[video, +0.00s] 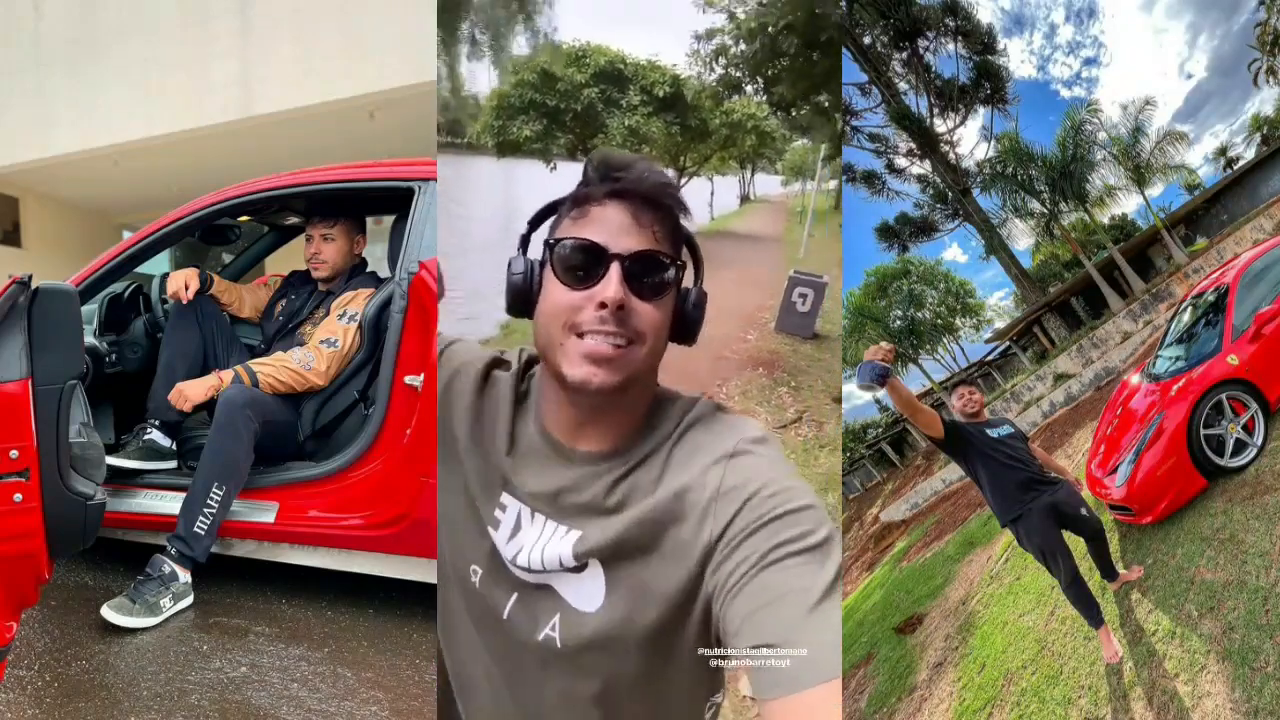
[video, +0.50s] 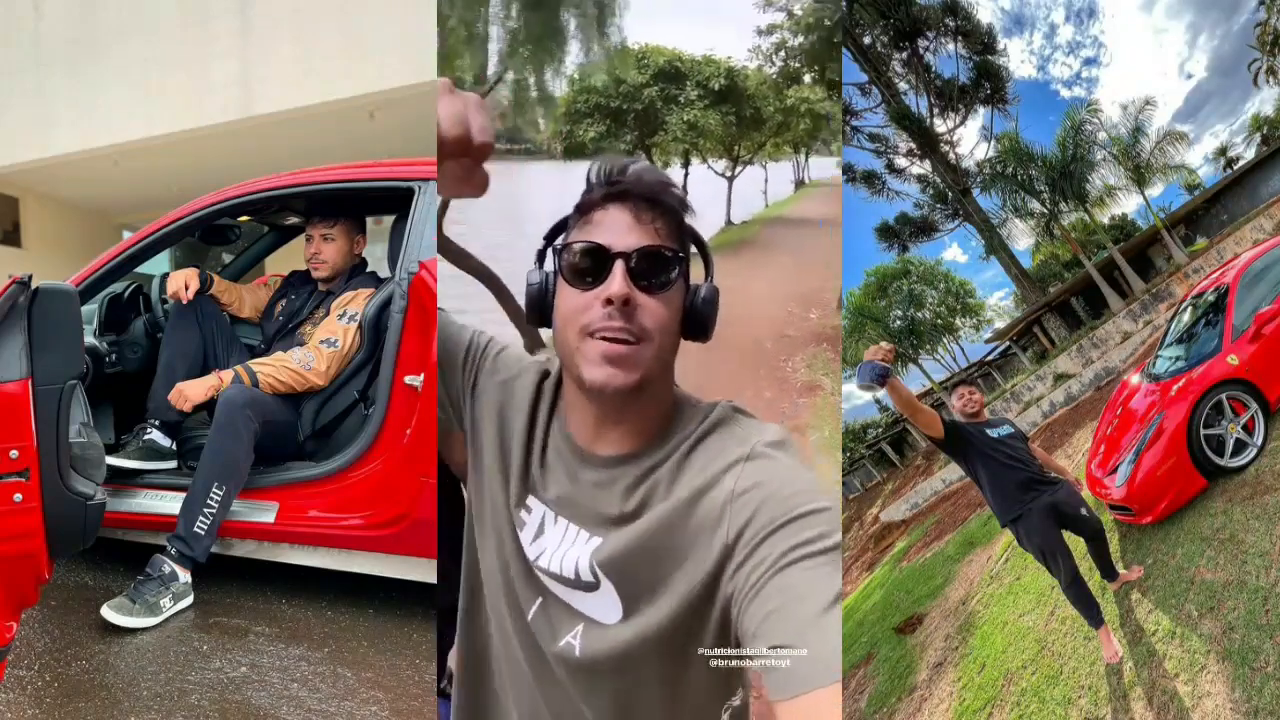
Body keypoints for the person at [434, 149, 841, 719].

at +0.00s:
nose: (610, 295)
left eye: (647, 274)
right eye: (580, 264)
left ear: (679, 311)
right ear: (532, 283)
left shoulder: (745, 498)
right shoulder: (464, 396)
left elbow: (809, 708)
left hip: (638, 708)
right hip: (467, 705)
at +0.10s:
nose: (633, 297)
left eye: (669, 278)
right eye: (607, 265)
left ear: (699, 310)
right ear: (563, 279)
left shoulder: (749, 495)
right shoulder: (515, 369)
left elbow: (809, 708)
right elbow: (460, 296)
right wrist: (457, 233)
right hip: (466, 704)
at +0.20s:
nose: (633, 295)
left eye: (669, 277)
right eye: (607, 267)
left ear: (703, 309)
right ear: (565, 284)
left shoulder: (753, 491)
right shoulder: (522, 364)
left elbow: (805, 708)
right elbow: (446, 256)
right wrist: (443, 160)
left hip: (624, 706)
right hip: (473, 702)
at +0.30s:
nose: (627, 281)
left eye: (664, 262)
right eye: (601, 253)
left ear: (699, 298)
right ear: (559, 271)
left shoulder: (750, 484)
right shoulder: (513, 357)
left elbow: (805, 706)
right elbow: (420, 228)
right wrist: (453, 129)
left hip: (625, 705)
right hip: (471, 699)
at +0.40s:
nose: (636, 280)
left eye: (673, 263)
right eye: (609, 252)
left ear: (708, 304)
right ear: (567, 274)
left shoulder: (761, 490)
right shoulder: (518, 360)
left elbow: (808, 706)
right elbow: (431, 228)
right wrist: (466, 115)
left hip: (628, 706)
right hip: (467, 702)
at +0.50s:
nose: (616, 292)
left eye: (651, 270)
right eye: (588, 267)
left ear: (689, 306)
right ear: (550, 293)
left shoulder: (760, 492)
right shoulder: (495, 393)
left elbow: (809, 706)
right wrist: (418, 188)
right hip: (485, 707)